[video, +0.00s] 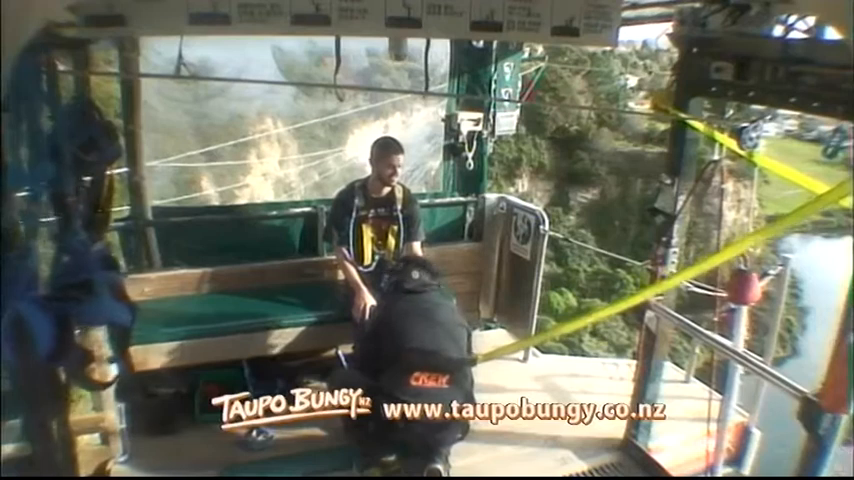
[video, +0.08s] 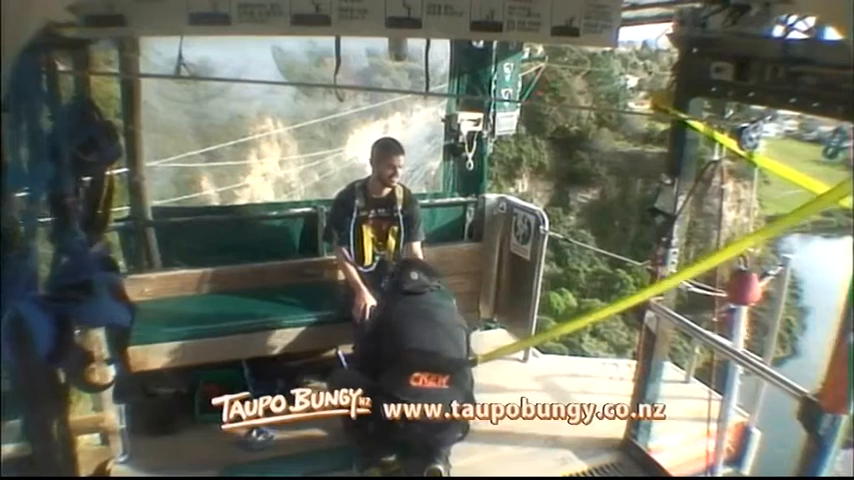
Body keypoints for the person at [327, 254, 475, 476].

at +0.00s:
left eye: (388, 281)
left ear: (393, 283)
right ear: (434, 283)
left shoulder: (387, 309)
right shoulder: (455, 314)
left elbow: (365, 364)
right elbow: (464, 363)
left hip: (396, 421)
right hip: (448, 423)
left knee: (340, 381)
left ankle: (380, 455)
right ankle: (438, 458)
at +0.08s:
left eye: (389, 283)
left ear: (393, 285)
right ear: (435, 285)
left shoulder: (388, 310)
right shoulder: (455, 317)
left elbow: (365, 363)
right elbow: (463, 363)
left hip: (397, 421)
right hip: (447, 423)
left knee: (341, 381)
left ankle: (380, 455)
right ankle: (439, 458)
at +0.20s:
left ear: (393, 286)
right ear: (432, 284)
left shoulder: (387, 310)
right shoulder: (453, 315)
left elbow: (364, 364)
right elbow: (463, 361)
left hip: (397, 423)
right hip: (447, 424)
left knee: (340, 381)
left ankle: (380, 455)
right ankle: (439, 458)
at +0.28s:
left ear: (392, 286)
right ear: (432, 284)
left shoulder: (383, 311)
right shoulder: (453, 316)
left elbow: (365, 365)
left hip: (396, 421)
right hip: (447, 423)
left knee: (340, 380)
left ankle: (379, 454)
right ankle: (439, 458)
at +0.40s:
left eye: (390, 279)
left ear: (395, 280)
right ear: (430, 278)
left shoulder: (385, 306)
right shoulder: (453, 308)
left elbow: (364, 363)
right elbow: (466, 378)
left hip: (395, 417)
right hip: (449, 418)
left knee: (339, 381)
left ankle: (379, 453)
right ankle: (439, 456)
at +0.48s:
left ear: (394, 280)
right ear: (431, 279)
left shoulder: (384, 305)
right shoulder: (454, 308)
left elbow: (365, 364)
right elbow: (467, 380)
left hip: (396, 417)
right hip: (450, 418)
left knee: (340, 380)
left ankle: (379, 451)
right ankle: (439, 456)